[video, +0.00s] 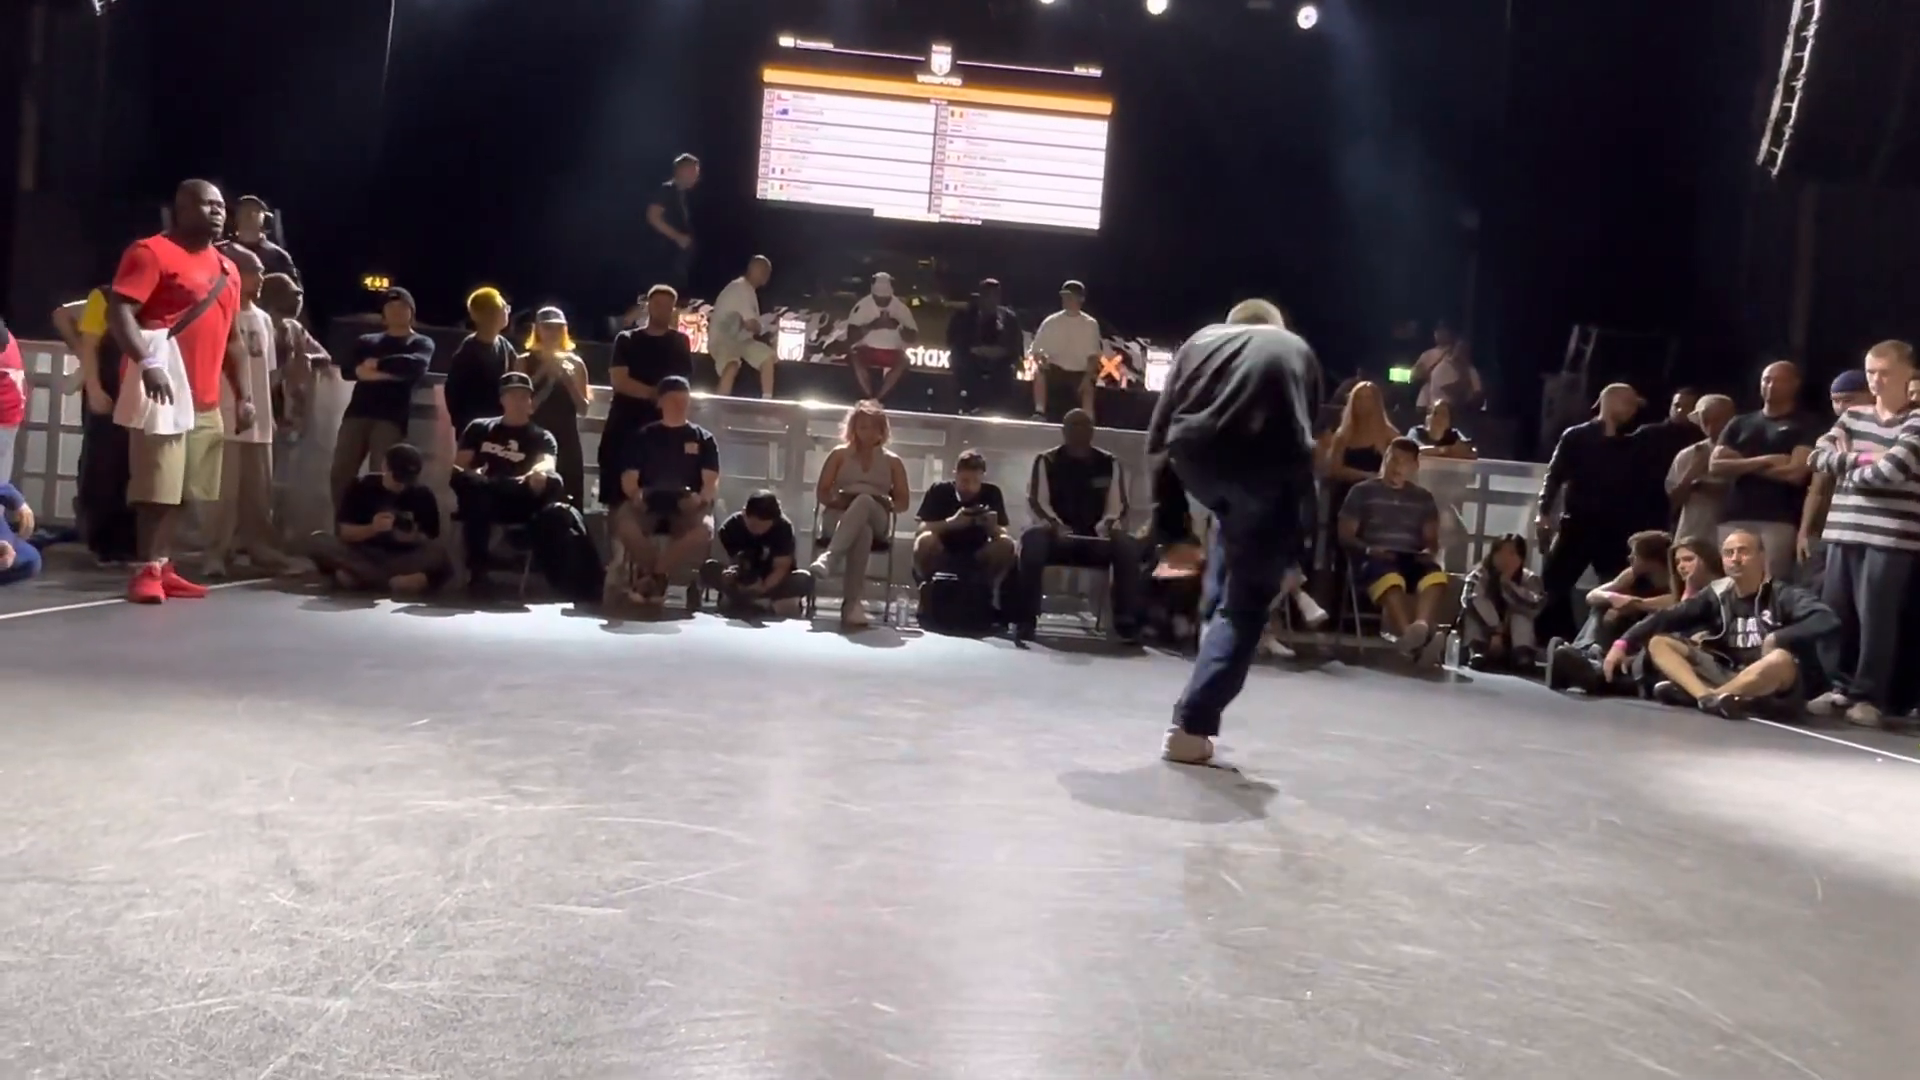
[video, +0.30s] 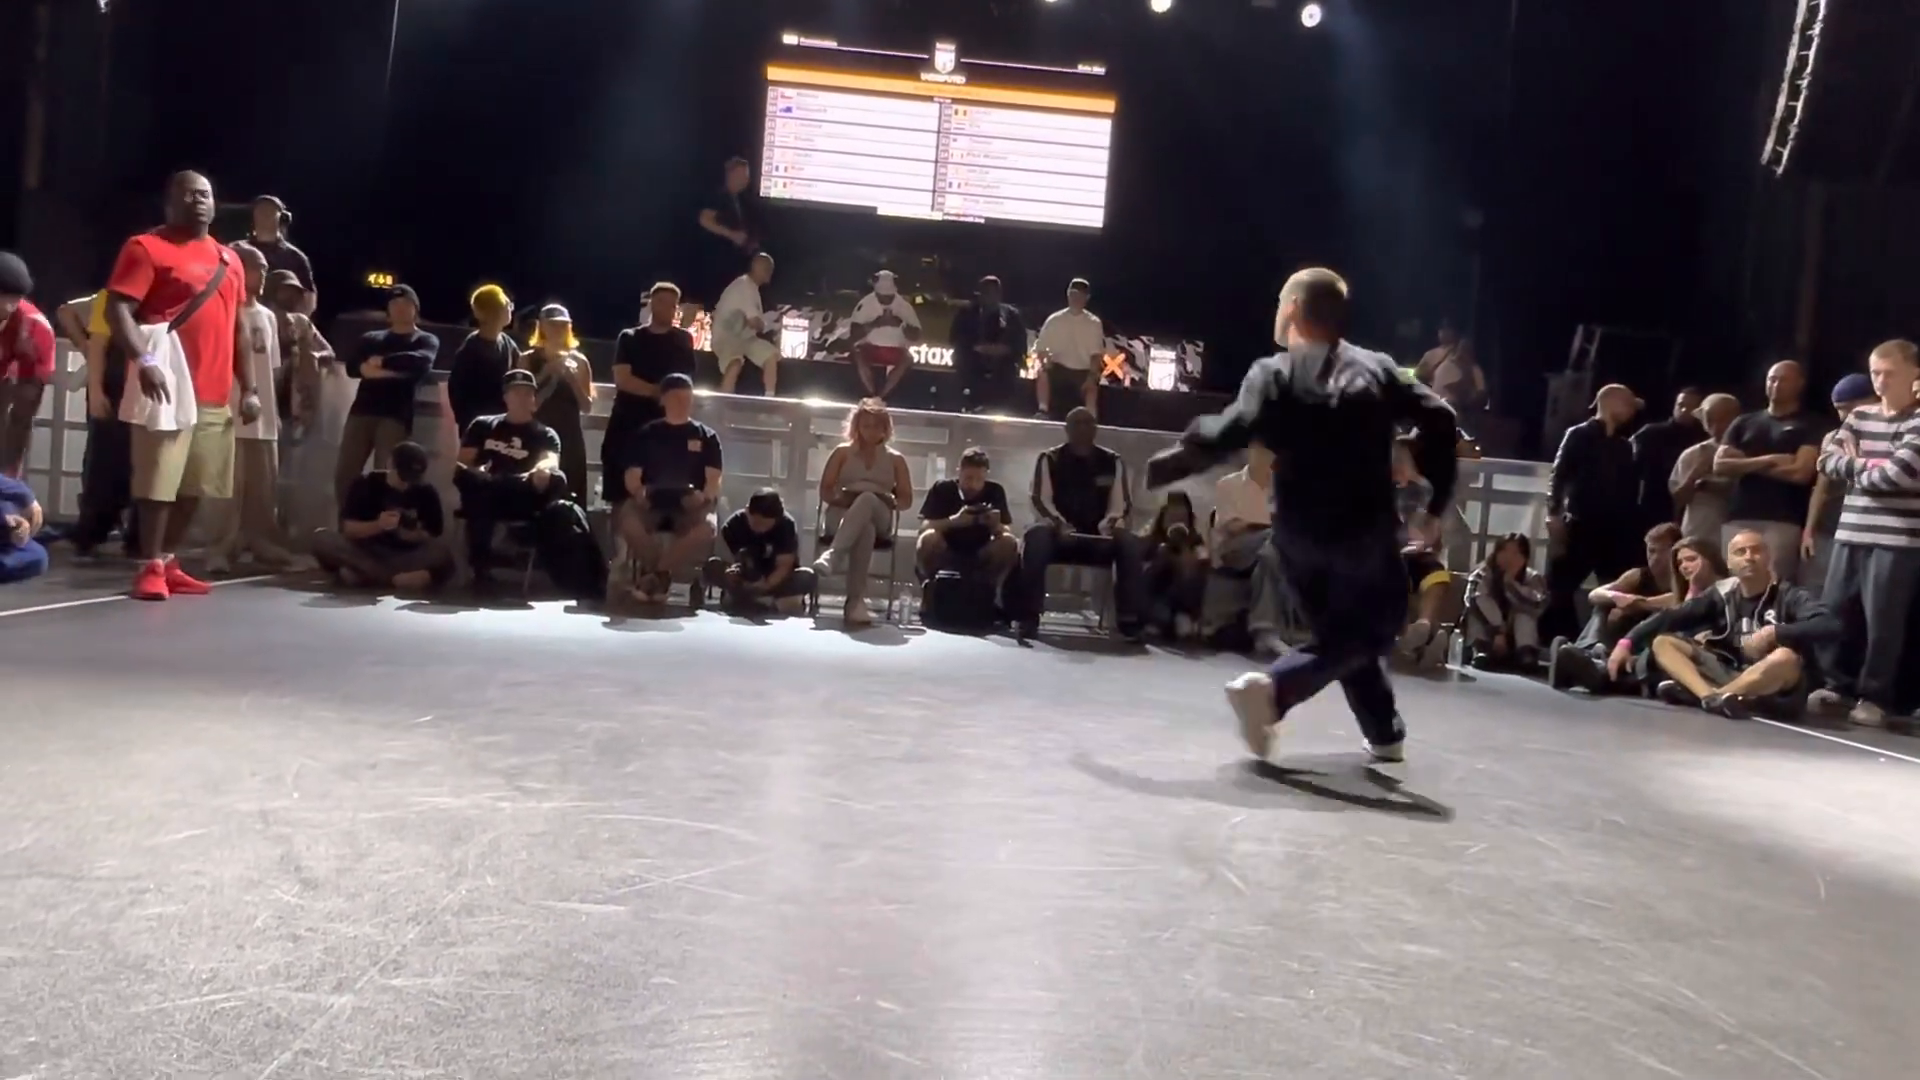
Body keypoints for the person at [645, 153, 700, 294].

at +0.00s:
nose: (695, 177)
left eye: (696, 173)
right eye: (692, 171)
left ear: (696, 173)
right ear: (680, 171)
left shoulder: (683, 193)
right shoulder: (667, 190)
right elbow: (653, 216)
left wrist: (686, 237)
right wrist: (678, 237)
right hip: (667, 256)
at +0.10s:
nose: (711, 176)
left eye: (713, 172)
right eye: (708, 170)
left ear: (714, 174)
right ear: (696, 170)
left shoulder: (700, 194)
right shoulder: (685, 189)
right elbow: (671, 216)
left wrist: (704, 237)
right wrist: (697, 235)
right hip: (686, 255)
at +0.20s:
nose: (729, 176)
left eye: (730, 172)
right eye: (726, 171)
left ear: (730, 173)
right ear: (714, 170)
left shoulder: (718, 195)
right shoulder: (702, 191)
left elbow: (714, 225)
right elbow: (688, 216)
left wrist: (729, 244)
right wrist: (715, 235)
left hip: (713, 256)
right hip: (698, 256)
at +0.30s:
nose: (746, 179)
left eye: (747, 174)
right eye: (742, 174)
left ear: (748, 176)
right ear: (731, 174)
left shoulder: (743, 201)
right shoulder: (719, 196)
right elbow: (705, 220)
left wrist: (751, 240)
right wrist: (733, 235)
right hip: (718, 260)